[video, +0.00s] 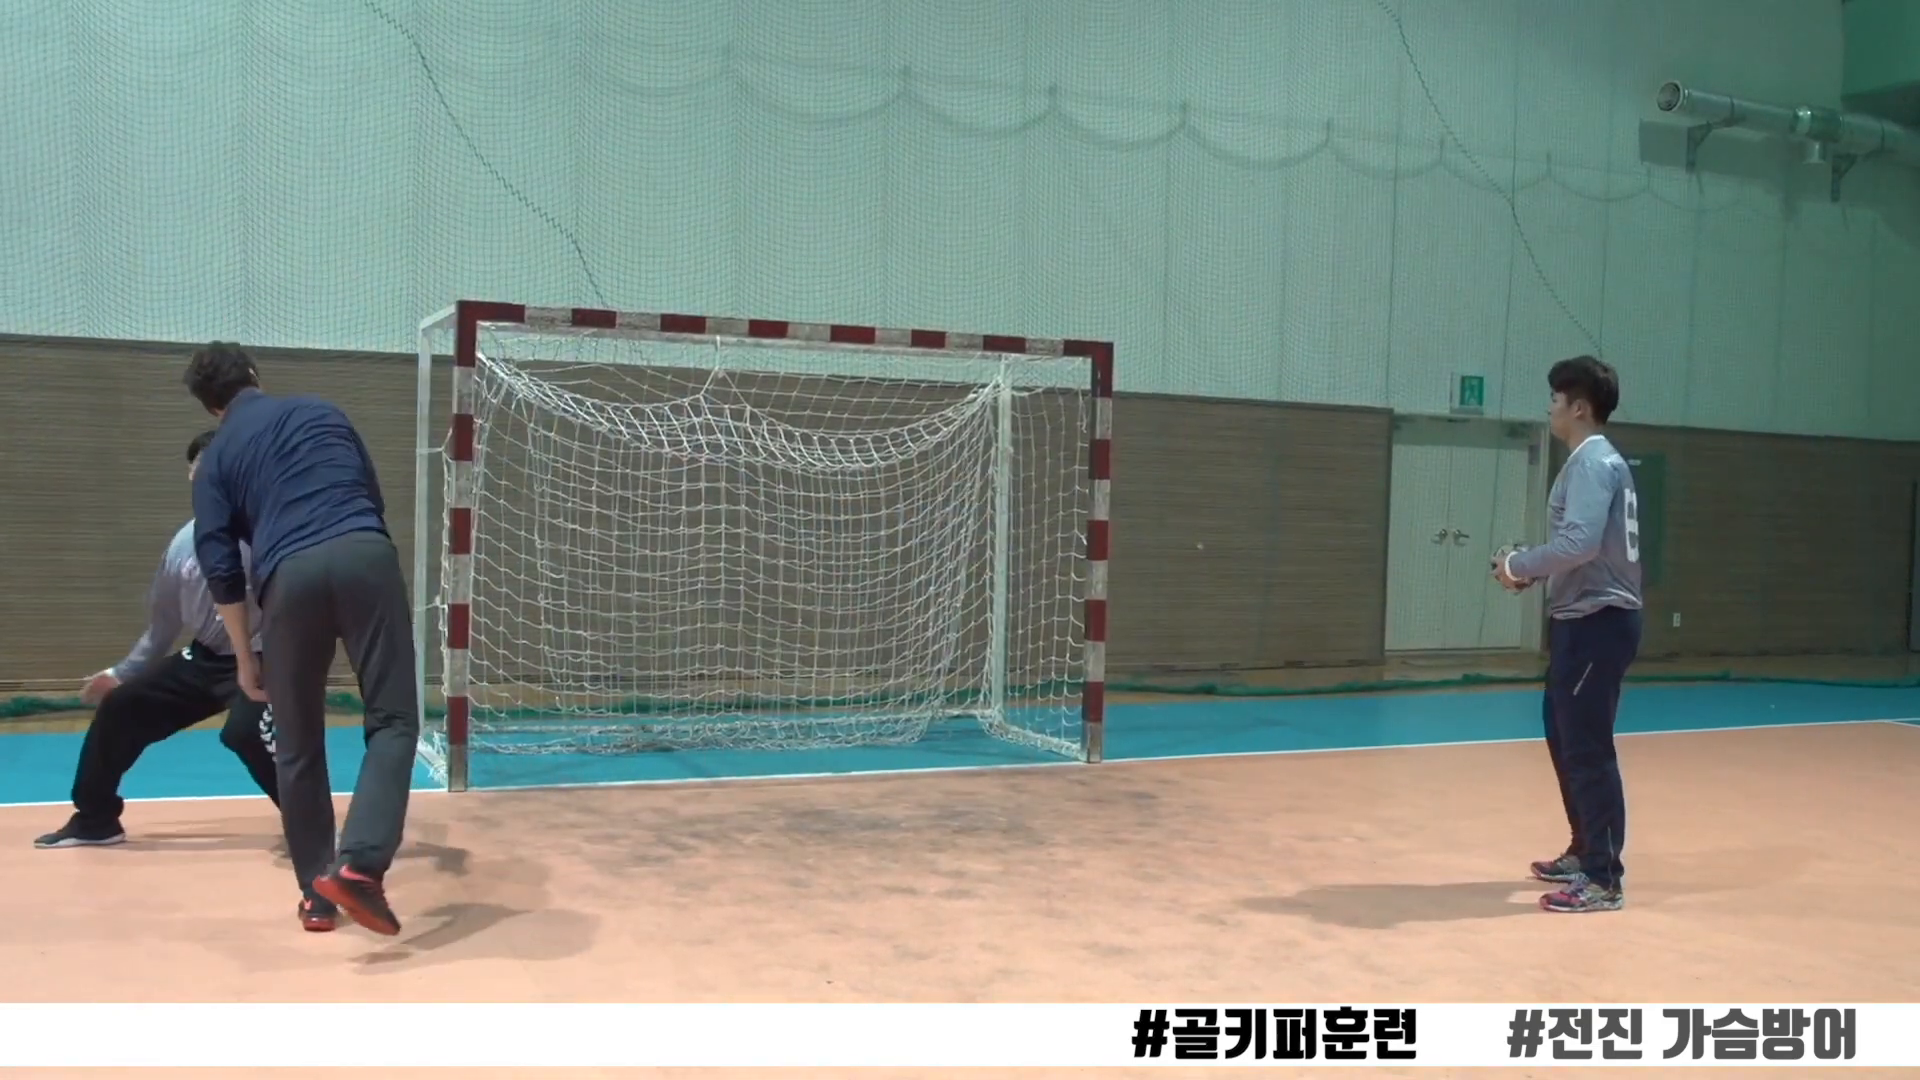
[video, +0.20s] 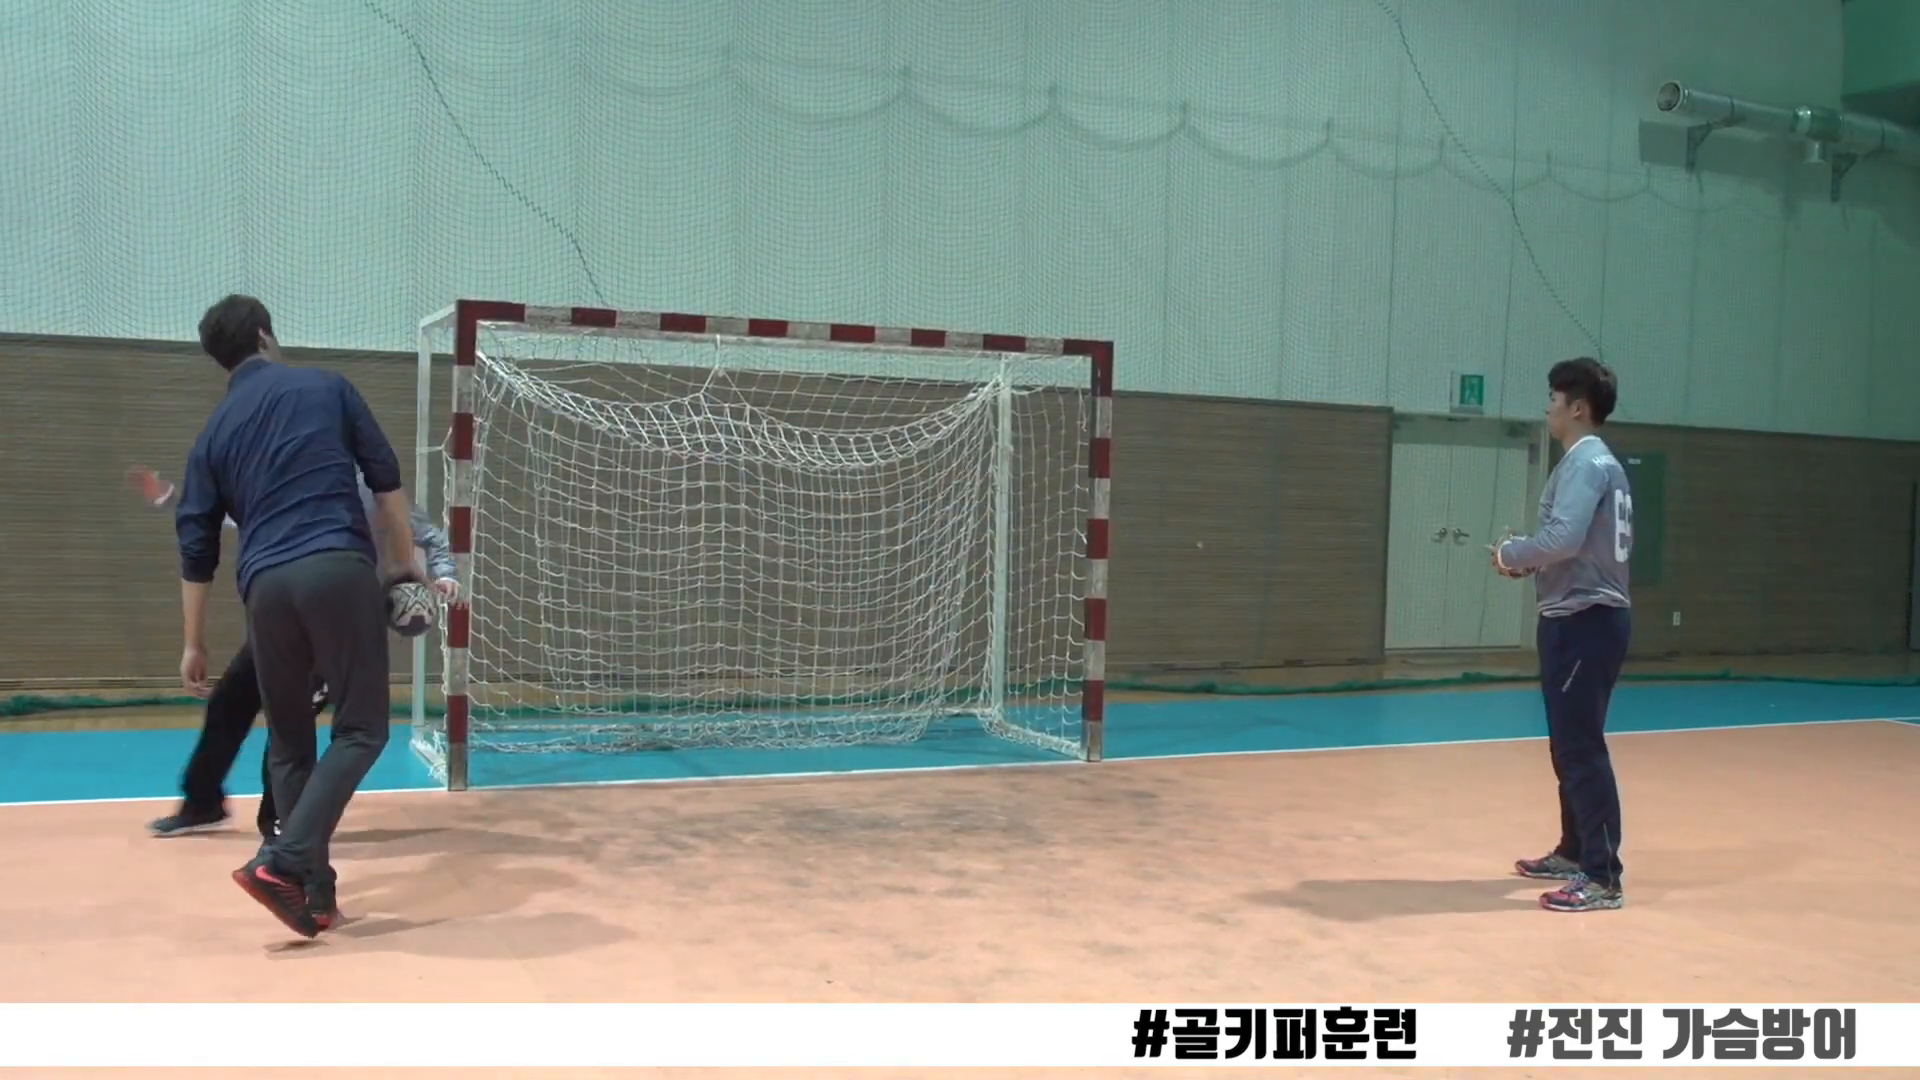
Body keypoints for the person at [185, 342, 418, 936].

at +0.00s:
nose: (208, 414)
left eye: (204, 406)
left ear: (211, 402)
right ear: (255, 379)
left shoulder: (216, 454)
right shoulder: (324, 411)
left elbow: (220, 565)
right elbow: (370, 498)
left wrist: (244, 656)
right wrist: (367, 564)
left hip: (291, 572)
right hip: (367, 554)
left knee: (300, 743)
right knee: (393, 720)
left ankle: (319, 896)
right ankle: (363, 866)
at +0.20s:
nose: (279, 338)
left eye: (269, 332)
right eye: (274, 330)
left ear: (220, 359)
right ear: (266, 337)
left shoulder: (213, 436)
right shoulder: (330, 387)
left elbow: (197, 544)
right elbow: (386, 477)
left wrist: (194, 641)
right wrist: (405, 560)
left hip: (268, 586)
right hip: (339, 570)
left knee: (290, 742)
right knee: (363, 732)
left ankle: (316, 892)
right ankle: (283, 863)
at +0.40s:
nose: (293, 322)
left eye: (287, 310)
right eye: (288, 312)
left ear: (229, 328)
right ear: (273, 318)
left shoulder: (205, 414)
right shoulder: (313, 383)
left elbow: (188, 521)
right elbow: (364, 486)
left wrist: (187, 615)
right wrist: (411, 541)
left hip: (232, 591)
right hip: (302, 582)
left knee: (279, 749)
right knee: (313, 749)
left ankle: (316, 896)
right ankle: (237, 897)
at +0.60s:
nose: (296, 325)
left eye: (294, 312)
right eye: (291, 313)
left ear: (235, 321)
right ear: (267, 318)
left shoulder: (186, 400)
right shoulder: (285, 391)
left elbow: (168, 514)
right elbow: (322, 510)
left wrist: (212, 569)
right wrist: (381, 587)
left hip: (193, 598)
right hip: (255, 594)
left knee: (258, 752)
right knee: (266, 758)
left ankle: (308, 891)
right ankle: (223, 917)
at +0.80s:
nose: (268, 324)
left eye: (268, 310)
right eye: (264, 310)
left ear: (207, 311)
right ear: (236, 311)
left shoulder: (153, 389)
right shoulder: (245, 389)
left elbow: (140, 501)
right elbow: (255, 510)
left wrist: (152, 588)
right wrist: (284, 609)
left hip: (149, 599)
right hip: (209, 600)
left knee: (208, 746)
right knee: (240, 754)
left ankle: (180, 896)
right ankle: (223, 917)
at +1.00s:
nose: (224, 314)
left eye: (221, 300)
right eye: (217, 301)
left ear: (168, 311)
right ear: (182, 310)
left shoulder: (118, 390)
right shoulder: (181, 388)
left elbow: (108, 510)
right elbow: (170, 504)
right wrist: (193, 605)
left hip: (109, 619)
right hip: (164, 618)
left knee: (132, 756)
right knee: (214, 761)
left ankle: (24, 897)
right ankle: (223, 916)